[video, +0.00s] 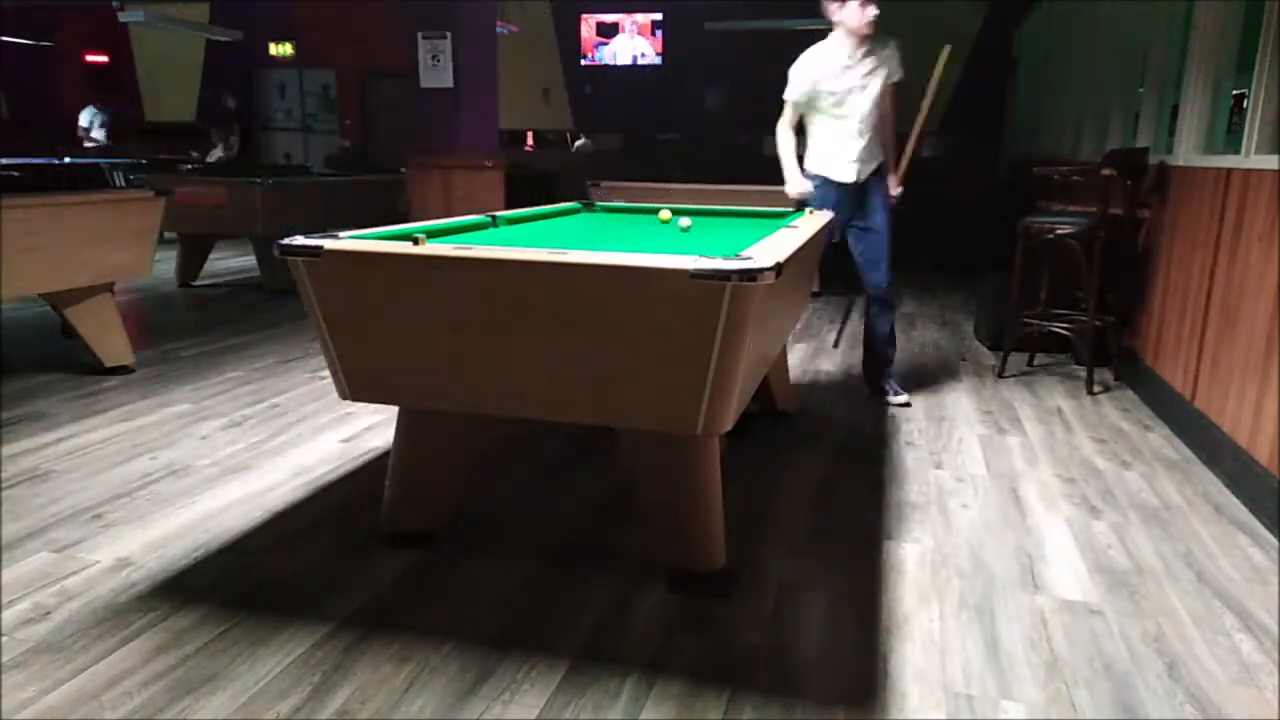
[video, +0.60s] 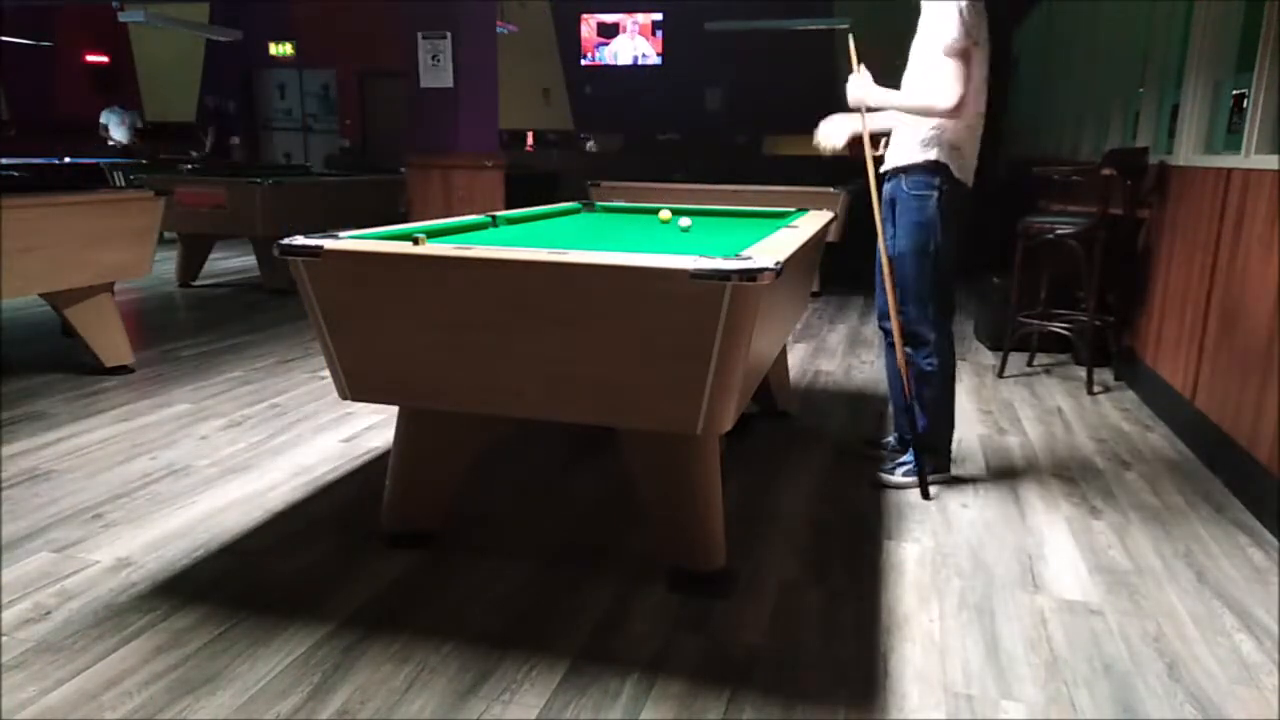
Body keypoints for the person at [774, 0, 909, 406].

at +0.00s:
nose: (872, 10)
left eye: (872, 3)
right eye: (861, 4)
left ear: (873, 9)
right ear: (834, 12)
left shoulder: (886, 55)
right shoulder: (812, 63)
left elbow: (886, 115)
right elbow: (785, 125)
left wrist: (890, 170)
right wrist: (792, 177)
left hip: (870, 185)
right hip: (822, 186)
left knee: (880, 286)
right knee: (796, 283)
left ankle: (881, 377)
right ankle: (760, 376)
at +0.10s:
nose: (947, 3)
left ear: (949, 7)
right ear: (915, 2)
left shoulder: (958, 54)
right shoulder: (875, 47)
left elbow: (954, 123)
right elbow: (848, 116)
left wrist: (961, 179)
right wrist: (834, 182)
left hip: (929, 188)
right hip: (877, 183)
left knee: (905, 291)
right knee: (883, 293)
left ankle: (880, 372)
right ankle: (897, 401)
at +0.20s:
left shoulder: (964, 20)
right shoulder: (889, 36)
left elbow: (987, 111)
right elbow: (879, 122)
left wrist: (953, 182)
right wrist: (836, 187)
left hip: (930, 189)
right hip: (885, 187)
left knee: (917, 318)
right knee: (881, 315)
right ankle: (901, 409)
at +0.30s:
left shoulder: (957, 11)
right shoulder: (945, 14)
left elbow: (969, 106)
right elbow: (946, 106)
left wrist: (900, 177)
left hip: (937, 186)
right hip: (915, 183)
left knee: (925, 326)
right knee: (890, 319)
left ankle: (929, 456)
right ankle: (908, 434)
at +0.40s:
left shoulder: (957, 11)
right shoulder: (955, 13)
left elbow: (921, 105)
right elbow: (927, 98)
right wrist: (883, 55)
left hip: (933, 181)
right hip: (910, 180)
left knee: (926, 325)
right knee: (895, 319)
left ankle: (930, 455)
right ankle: (908, 436)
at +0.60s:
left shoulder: (952, 8)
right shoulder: (937, 16)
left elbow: (949, 100)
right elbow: (926, 111)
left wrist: (875, 95)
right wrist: (860, 123)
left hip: (927, 178)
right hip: (904, 176)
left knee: (918, 323)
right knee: (892, 318)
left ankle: (929, 455)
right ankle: (909, 438)